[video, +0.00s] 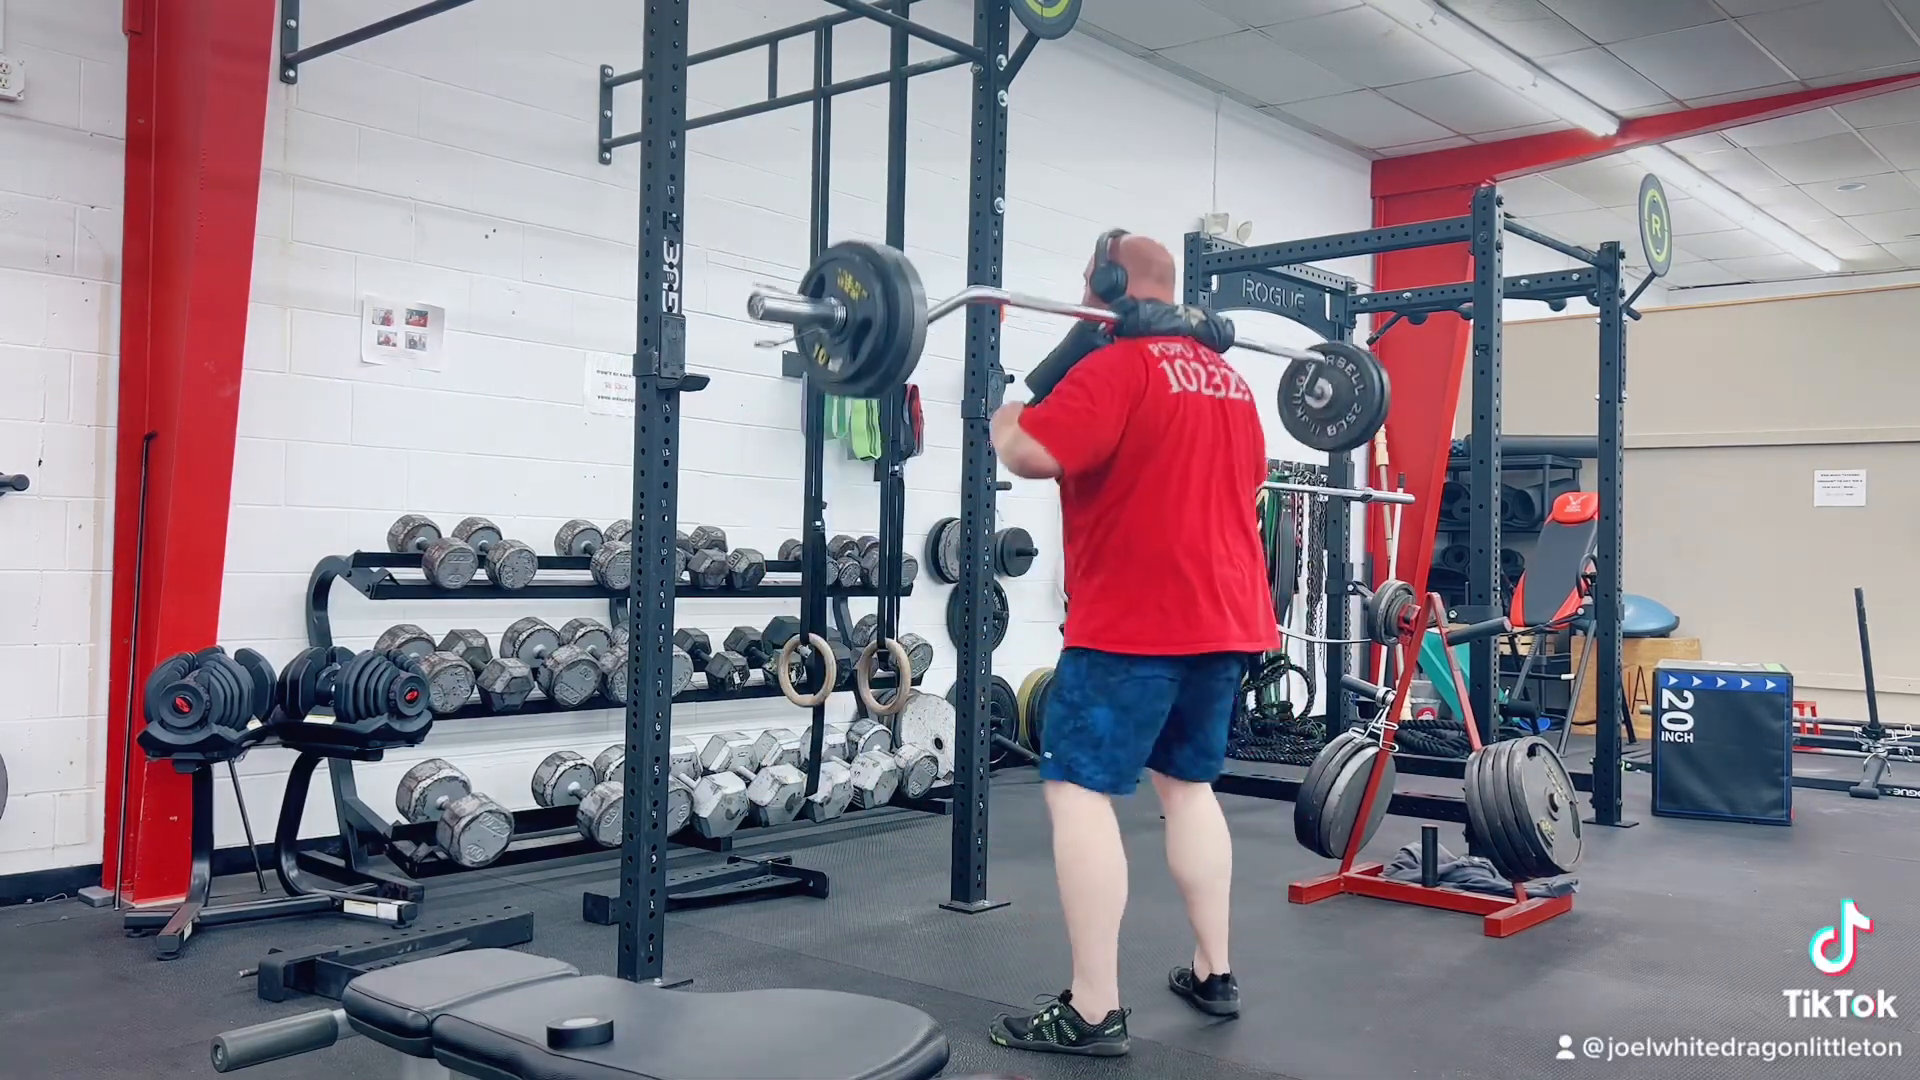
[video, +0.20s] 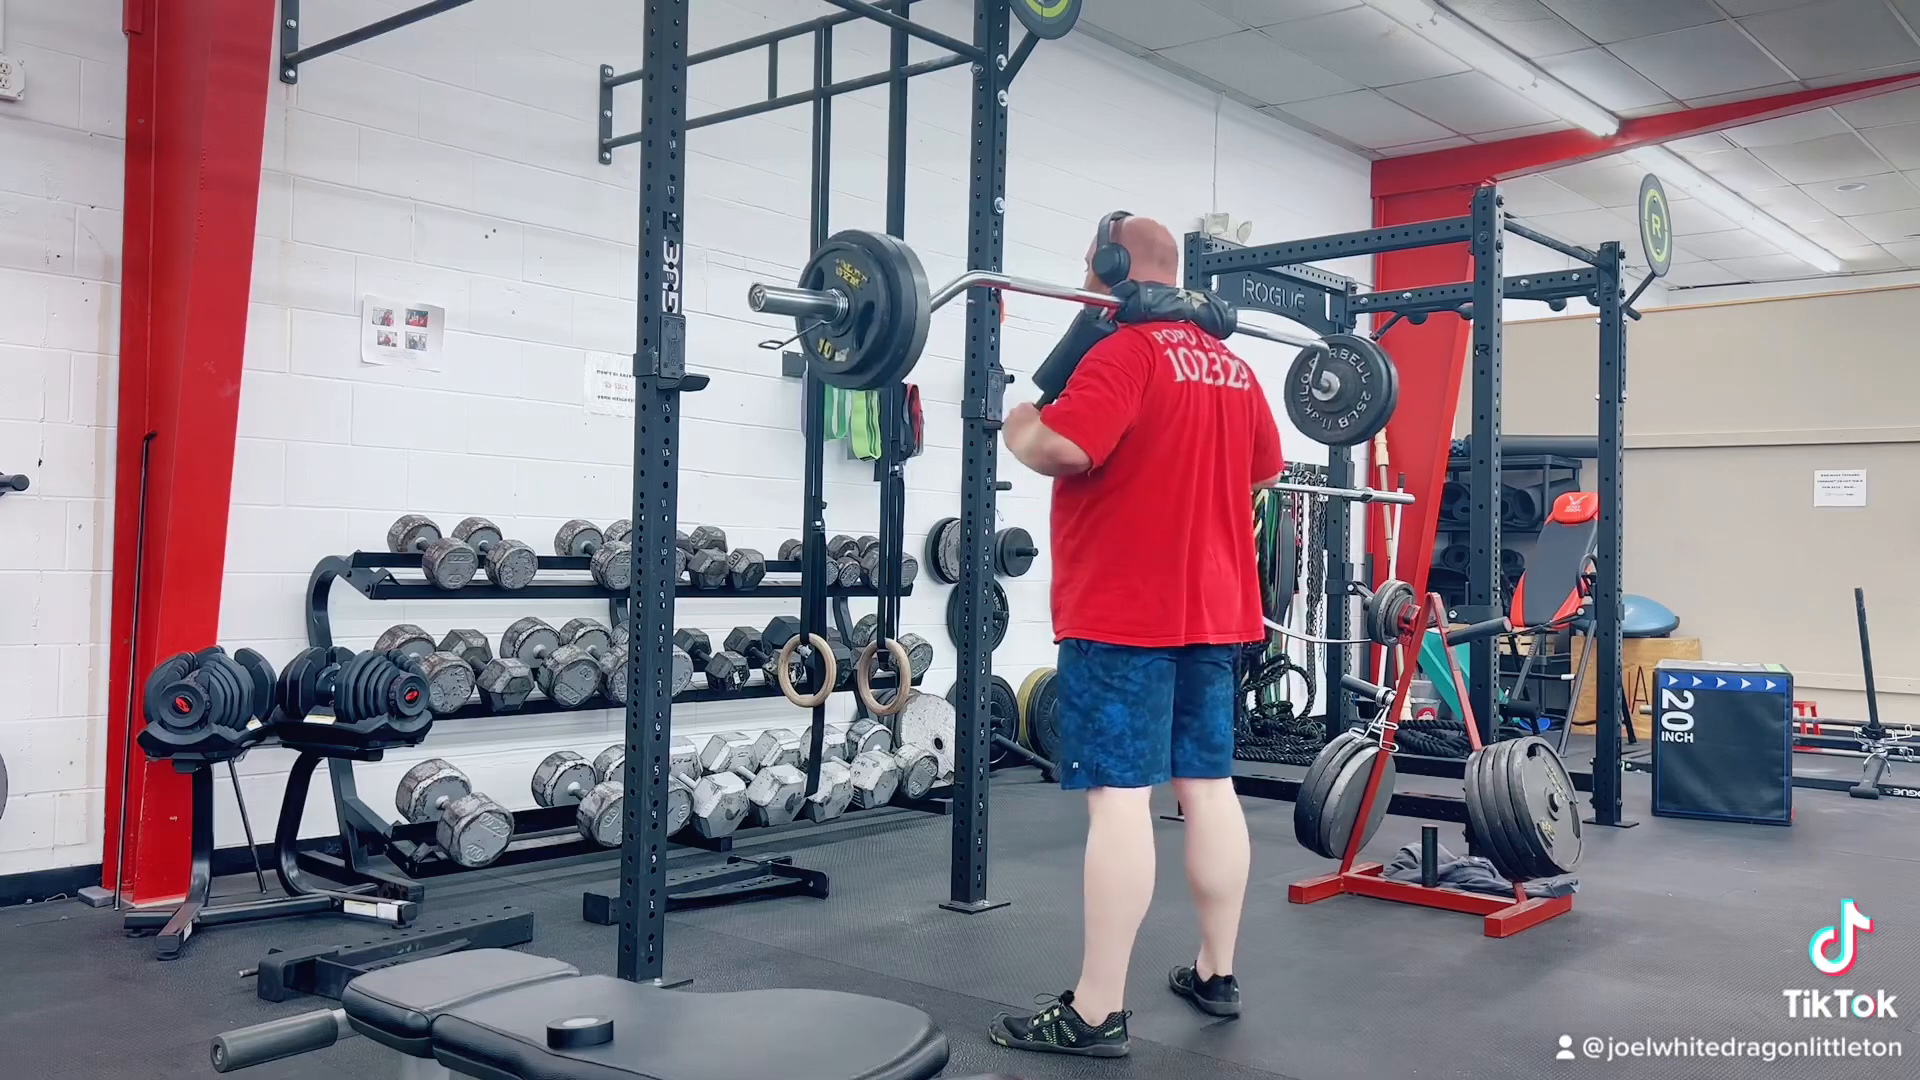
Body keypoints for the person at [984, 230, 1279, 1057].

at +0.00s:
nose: (1084, 304)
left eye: (1087, 292)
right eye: (1087, 291)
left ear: (1103, 296)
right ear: (1171, 293)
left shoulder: (1115, 363)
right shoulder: (1227, 374)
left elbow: (1033, 452)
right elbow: (1252, 481)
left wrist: (1006, 418)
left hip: (1134, 611)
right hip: (1231, 612)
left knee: (1077, 782)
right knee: (1187, 779)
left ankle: (1094, 1005)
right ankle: (1216, 973)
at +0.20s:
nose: (1089, 292)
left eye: (1090, 280)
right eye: (1091, 279)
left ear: (1105, 282)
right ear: (1175, 276)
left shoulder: (1123, 349)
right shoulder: (1230, 360)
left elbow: (1068, 449)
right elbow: (1264, 466)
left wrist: (1023, 427)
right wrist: (1183, 474)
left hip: (1124, 607)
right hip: (1216, 605)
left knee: (1119, 798)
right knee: (1210, 785)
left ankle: (1096, 1009)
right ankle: (1218, 975)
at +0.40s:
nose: (1083, 326)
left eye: (1087, 314)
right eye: (1087, 312)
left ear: (1107, 322)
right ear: (1171, 322)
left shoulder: (1119, 394)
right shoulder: (1230, 407)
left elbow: (1028, 491)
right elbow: (1239, 525)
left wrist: (1000, 443)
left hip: (1133, 647)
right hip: (1229, 646)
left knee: (1049, 796)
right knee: (1178, 788)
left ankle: (1092, 1009)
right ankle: (1215, 975)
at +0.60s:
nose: (1069, 473)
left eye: (1071, 463)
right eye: (1074, 462)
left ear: (1083, 467)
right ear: (1157, 463)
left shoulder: (1107, 534)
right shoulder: (1208, 524)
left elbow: (1013, 639)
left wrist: (983, 569)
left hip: (1179, 753)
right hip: (1274, 753)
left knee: (1009, 810)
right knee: (1178, 811)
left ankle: (1090, 1011)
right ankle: (1214, 974)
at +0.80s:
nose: (1064, 592)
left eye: (1066, 581)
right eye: (1068, 581)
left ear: (1076, 589)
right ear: (1150, 583)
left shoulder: (1100, 657)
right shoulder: (1203, 640)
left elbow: (995, 752)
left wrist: (975, 670)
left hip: (1194, 878)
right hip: (1274, 873)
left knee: (991, 817)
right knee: (1173, 794)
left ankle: (1088, 1009)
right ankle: (1209, 971)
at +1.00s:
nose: (1055, 545)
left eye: (1056, 537)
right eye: (1058, 536)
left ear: (1068, 542)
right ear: (1138, 534)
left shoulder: (1091, 605)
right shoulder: (1196, 587)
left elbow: (995, 707)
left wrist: (970, 639)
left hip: (1188, 806)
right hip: (1278, 802)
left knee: (997, 813)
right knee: (1143, 783)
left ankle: (1088, 1008)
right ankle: (1210, 973)